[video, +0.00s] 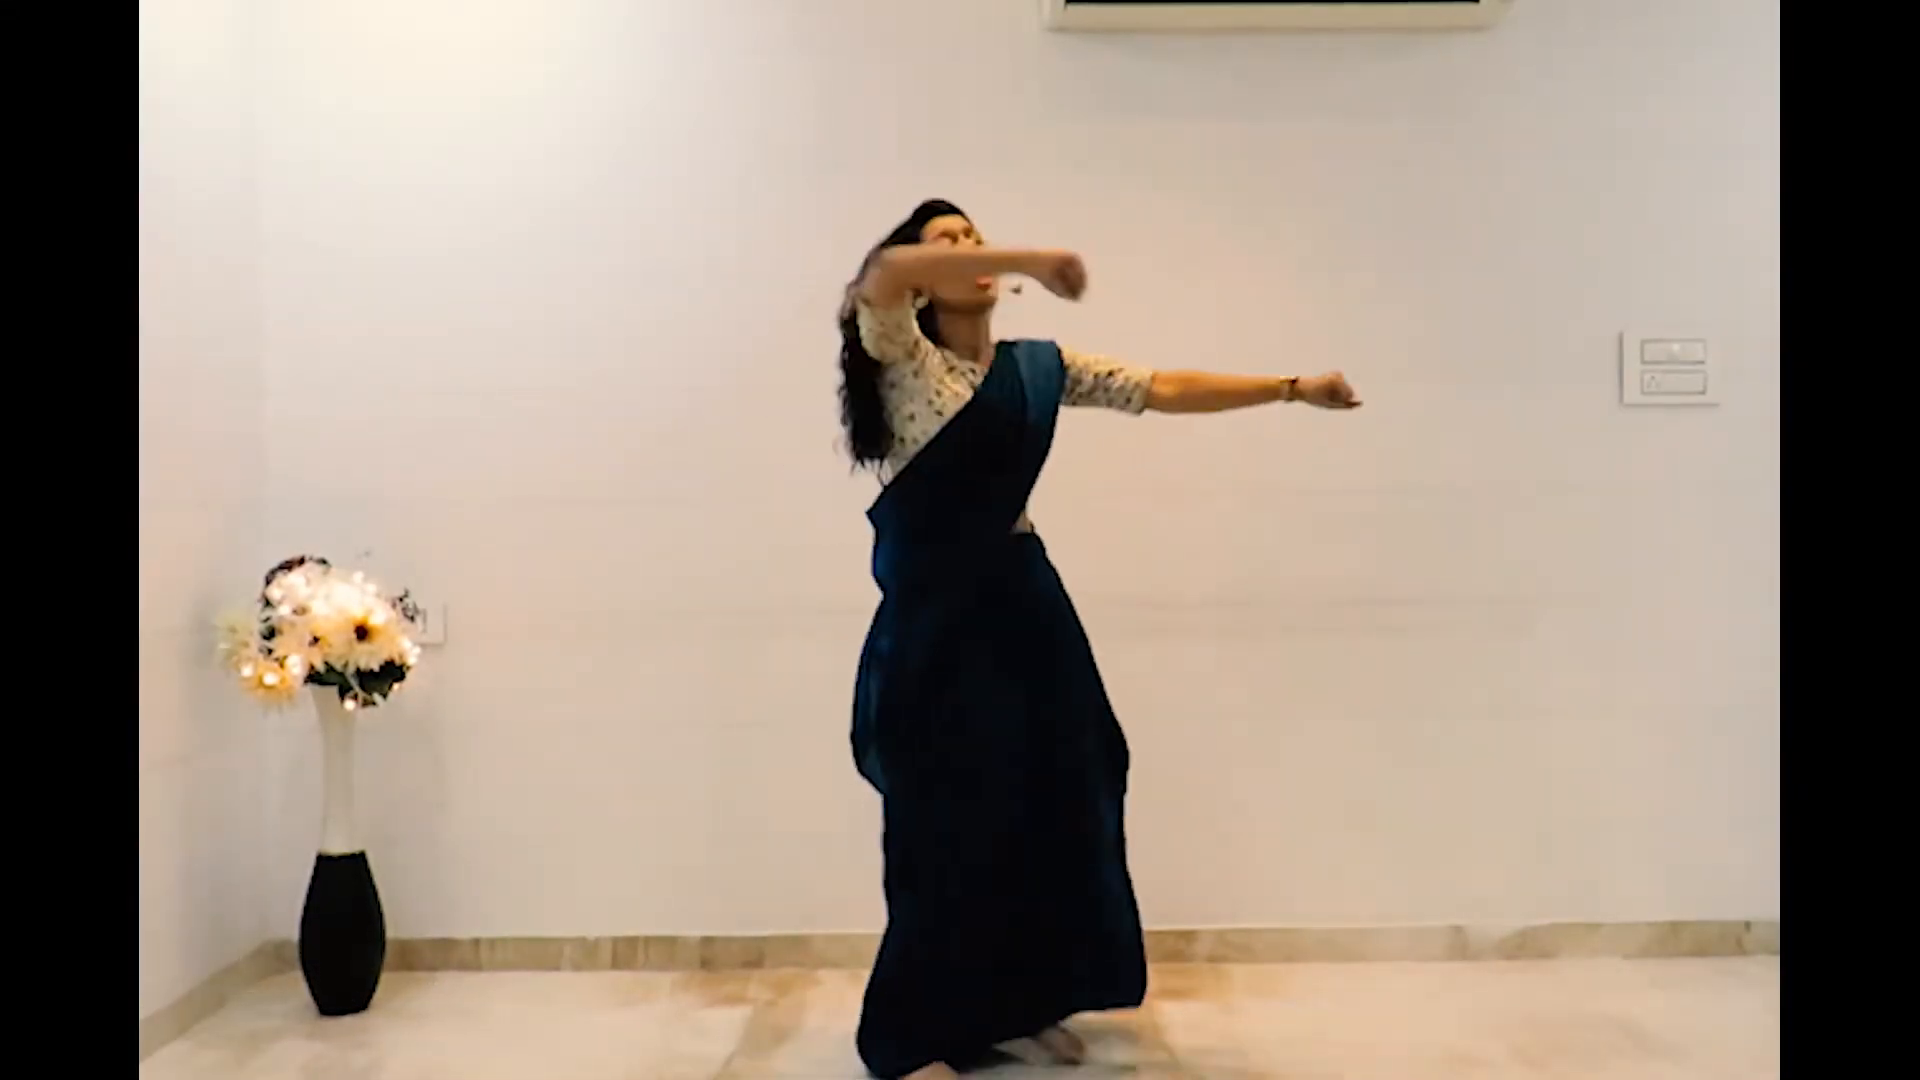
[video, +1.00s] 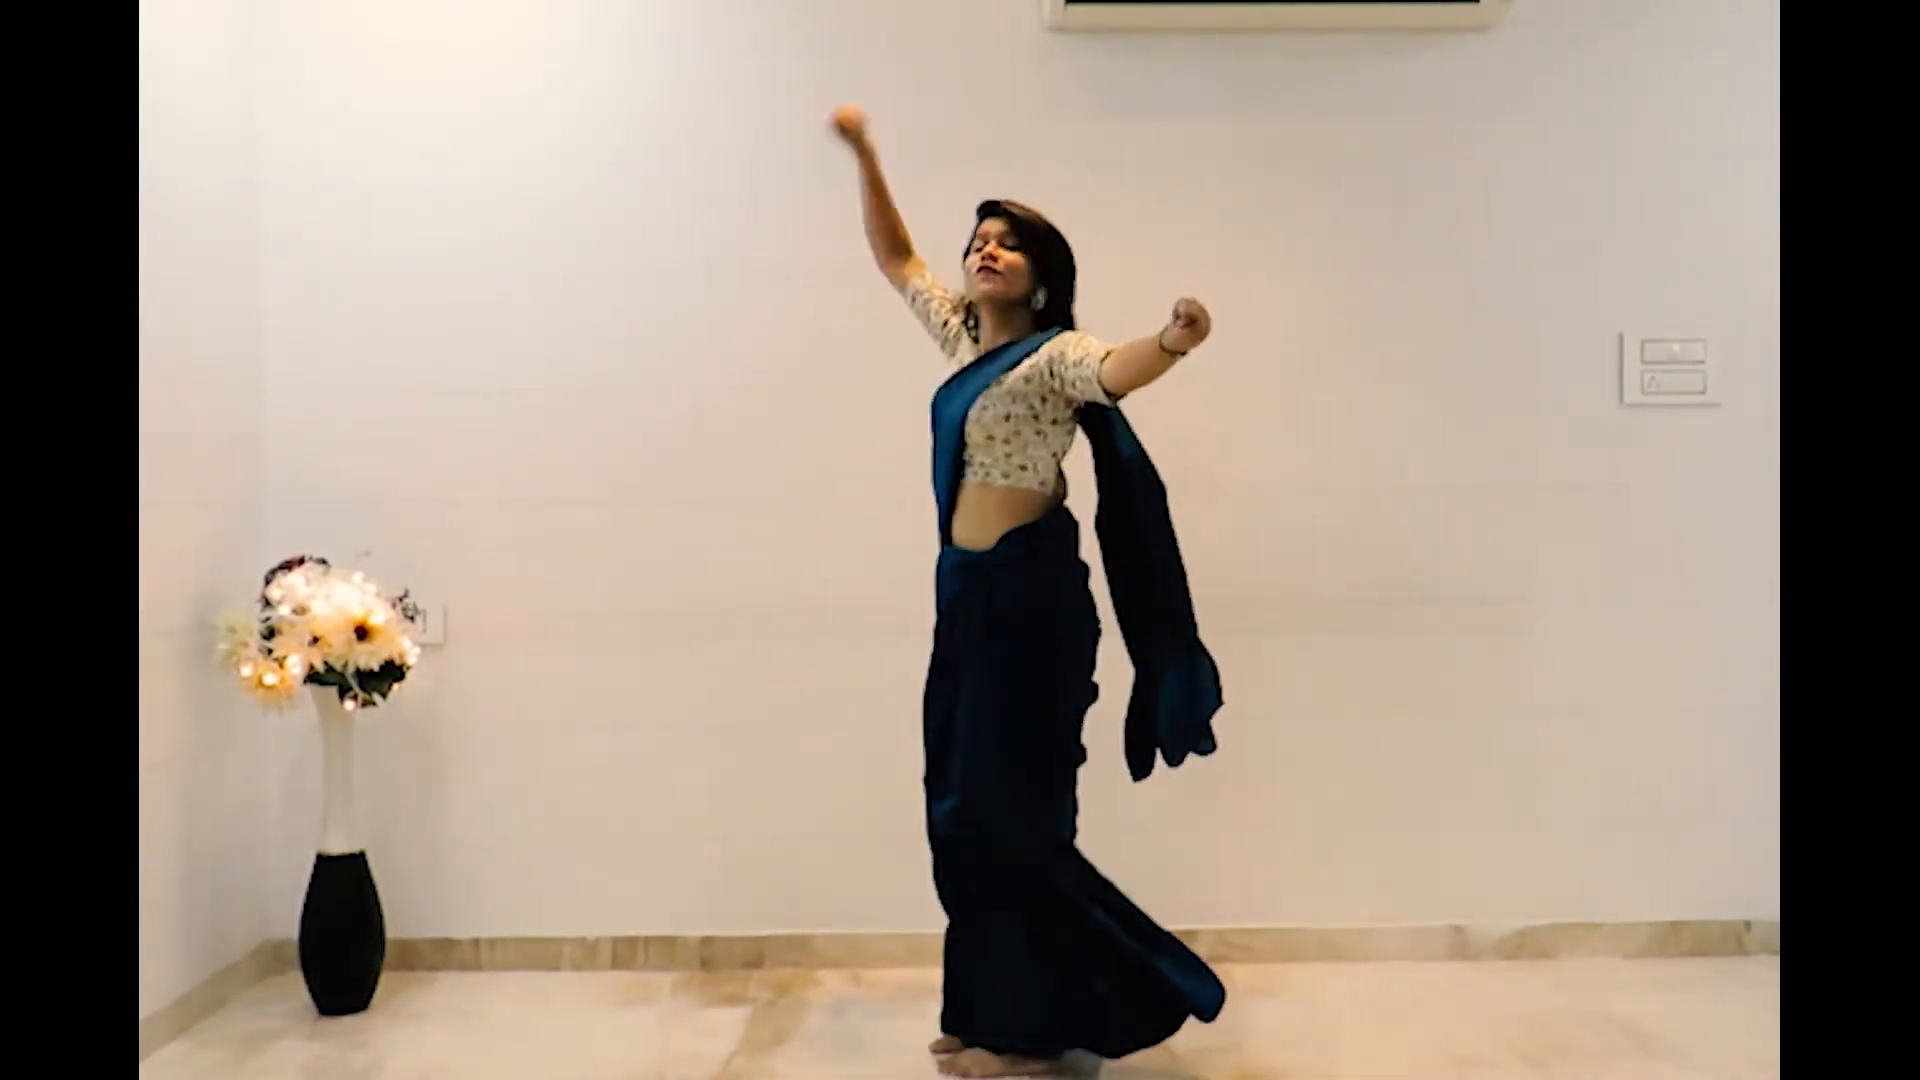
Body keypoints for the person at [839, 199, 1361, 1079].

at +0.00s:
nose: (973, 255)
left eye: (975, 243)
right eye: (950, 244)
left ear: (993, 273)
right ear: (914, 277)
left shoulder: (1037, 364)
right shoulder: (901, 363)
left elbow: (1161, 390)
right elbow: (885, 272)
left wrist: (1294, 386)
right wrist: (1026, 261)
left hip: (1020, 608)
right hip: (930, 617)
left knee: (1060, 792)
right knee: (949, 819)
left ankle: (1028, 1006)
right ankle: (919, 1038)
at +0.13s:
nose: (977, 252)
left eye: (992, 243)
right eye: (957, 248)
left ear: (1021, 276)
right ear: (932, 290)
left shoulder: (1060, 373)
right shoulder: (904, 364)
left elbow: (1190, 404)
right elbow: (773, 325)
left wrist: (1322, 394)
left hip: (1031, 614)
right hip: (931, 613)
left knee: (1062, 805)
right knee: (913, 823)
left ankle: (1054, 1011)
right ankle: (905, 1044)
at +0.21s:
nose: (986, 276)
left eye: (1001, 267)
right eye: (966, 271)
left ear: (1032, 300)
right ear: (944, 314)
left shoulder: (1076, 397)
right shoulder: (911, 405)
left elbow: (1194, 438)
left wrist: (1325, 423)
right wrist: (806, 375)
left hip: (1035, 643)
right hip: (932, 639)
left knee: (1067, 831)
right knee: (911, 842)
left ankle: (1061, 1040)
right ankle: (902, 1046)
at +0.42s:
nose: (994, 250)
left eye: (1007, 240)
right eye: (975, 245)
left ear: (1038, 268)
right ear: (952, 282)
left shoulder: (1086, 348)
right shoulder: (938, 366)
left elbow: (1192, 354)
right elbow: (889, 416)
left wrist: (1311, 304)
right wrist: (797, 322)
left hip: (1059, 613)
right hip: (957, 613)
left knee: (1067, 813)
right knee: (941, 815)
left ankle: (1071, 1034)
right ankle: (916, 1026)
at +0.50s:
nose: (992, 266)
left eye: (1006, 253)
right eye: (972, 258)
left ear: (1036, 282)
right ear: (949, 293)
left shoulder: (1072, 360)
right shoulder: (937, 379)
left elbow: (1125, 369)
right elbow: (945, 413)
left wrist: (1174, 310)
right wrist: (922, 309)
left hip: (1066, 620)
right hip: (965, 623)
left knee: (1078, 822)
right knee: (960, 822)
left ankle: (1074, 1043)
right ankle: (956, 1040)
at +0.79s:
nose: (979, 261)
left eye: (998, 249)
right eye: (966, 253)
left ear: (1035, 278)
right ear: (953, 287)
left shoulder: (1061, 346)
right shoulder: (945, 366)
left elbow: (1090, 364)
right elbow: (831, 377)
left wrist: (1127, 347)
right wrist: (900, 271)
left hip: (1063, 597)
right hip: (970, 603)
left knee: (1047, 811)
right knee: (979, 817)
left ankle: (1071, 1036)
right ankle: (1010, 1013)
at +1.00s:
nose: (985, 253)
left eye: (1005, 247)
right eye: (980, 245)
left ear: (1043, 275)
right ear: (967, 273)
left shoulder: (1055, 353)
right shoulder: (964, 343)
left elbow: (1113, 370)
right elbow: (898, 261)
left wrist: (1169, 342)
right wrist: (864, 155)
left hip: (1028, 596)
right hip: (965, 597)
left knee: (999, 811)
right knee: (960, 810)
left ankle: (1046, 1024)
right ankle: (995, 1022)